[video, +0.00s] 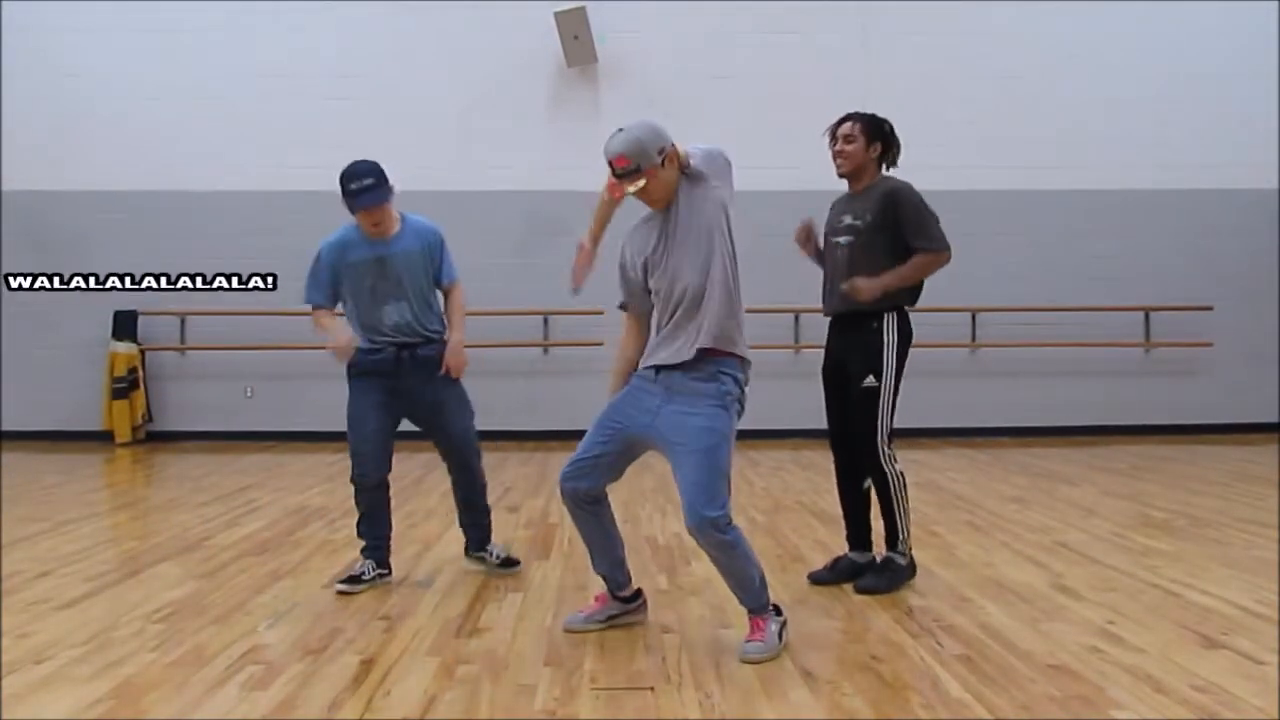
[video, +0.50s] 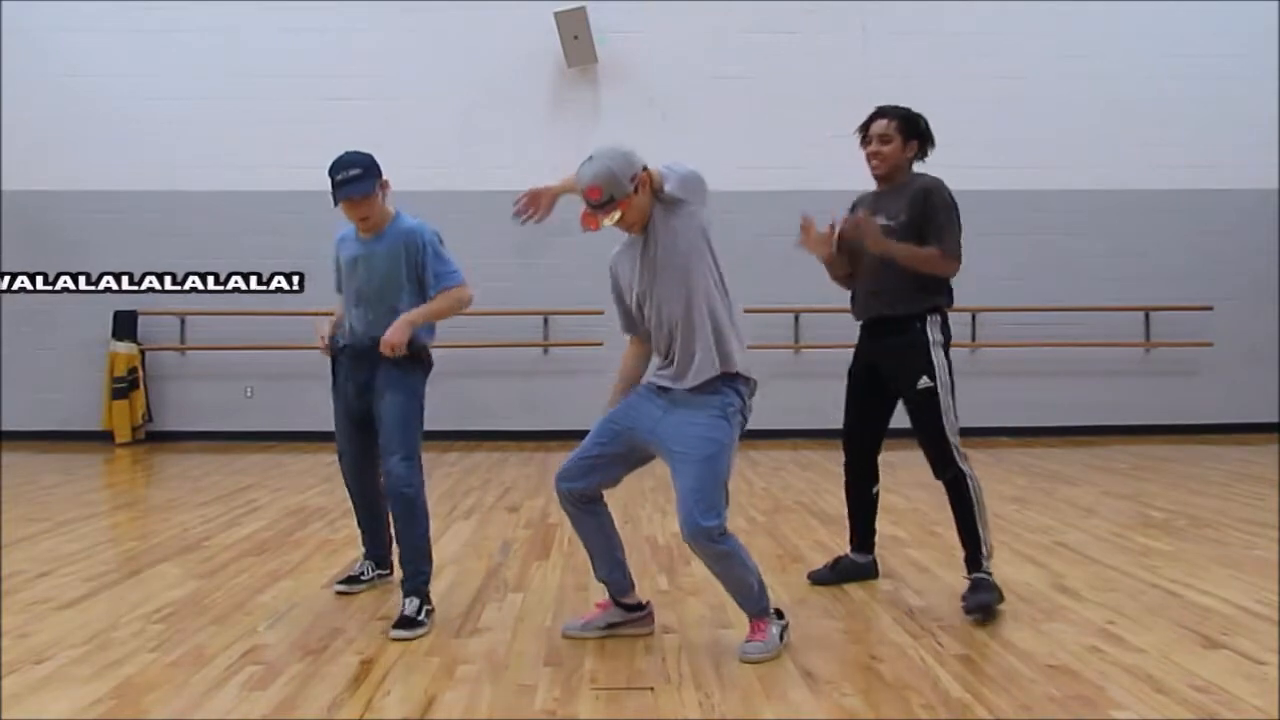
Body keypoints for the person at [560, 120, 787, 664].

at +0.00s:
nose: (635, 191)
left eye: (641, 179)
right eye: (625, 182)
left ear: (670, 161)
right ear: (623, 181)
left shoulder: (710, 176)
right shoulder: (635, 245)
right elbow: (634, 332)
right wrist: (613, 407)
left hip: (710, 377)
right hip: (652, 378)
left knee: (705, 520)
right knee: (578, 483)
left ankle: (763, 614)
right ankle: (622, 596)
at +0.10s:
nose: (639, 197)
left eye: (645, 183)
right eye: (628, 190)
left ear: (669, 163)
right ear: (622, 184)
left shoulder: (708, 177)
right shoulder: (636, 246)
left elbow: (660, 151)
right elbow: (641, 328)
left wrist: (582, 214)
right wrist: (624, 399)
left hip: (713, 379)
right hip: (655, 378)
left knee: (705, 520)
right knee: (579, 482)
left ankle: (764, 614)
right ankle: (623, 595)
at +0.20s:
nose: (635, 195)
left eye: (640, 182)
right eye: (626, 188)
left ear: (665, 162)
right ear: (622, 183)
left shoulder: (706, 181)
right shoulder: (634, 247)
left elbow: (662, 150)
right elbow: (642, 330)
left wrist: (580, 171)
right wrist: (627, 401)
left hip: (713, 380)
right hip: (654, 380)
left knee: (707, 519)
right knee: (579, 483)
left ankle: (763, 613)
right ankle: (623, 594)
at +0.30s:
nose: (634, 194)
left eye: (638, 181)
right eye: (625, 187)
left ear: (663, 161)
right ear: (620, 183)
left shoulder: (704, 182)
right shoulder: (634, 248)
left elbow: (660, 147)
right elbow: (642, 334)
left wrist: (577, 160)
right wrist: (628, 432)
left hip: (712, 380)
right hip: (653, 380)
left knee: (707, 519)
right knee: (578, 478)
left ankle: (762, 613)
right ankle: (622, 592)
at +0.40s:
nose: (627, 202)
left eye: (632, 189)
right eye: (618, 195)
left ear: (656, 167)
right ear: (614, 190)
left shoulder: (697, 188)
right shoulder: (632, 250)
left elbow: (652, 153)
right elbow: (645, 335)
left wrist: (570, 169)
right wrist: (624, 427)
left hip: (712, 385)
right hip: (654, 382)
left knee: (704, 520)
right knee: (574, 475)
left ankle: (762, 613)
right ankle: (622, 596)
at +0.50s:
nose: (616, 220)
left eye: (619, 207)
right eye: (606, 213)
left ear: (643, 184)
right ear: (601, 213)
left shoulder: (683, 204)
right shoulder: (624, 265)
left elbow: (638, 172)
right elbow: (640, 342)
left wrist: (559, 189)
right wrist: (614, 412)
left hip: (712, 395)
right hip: (654, 393)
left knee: (701, 527)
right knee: (574, 485)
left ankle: (764, 617)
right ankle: (625, 603)